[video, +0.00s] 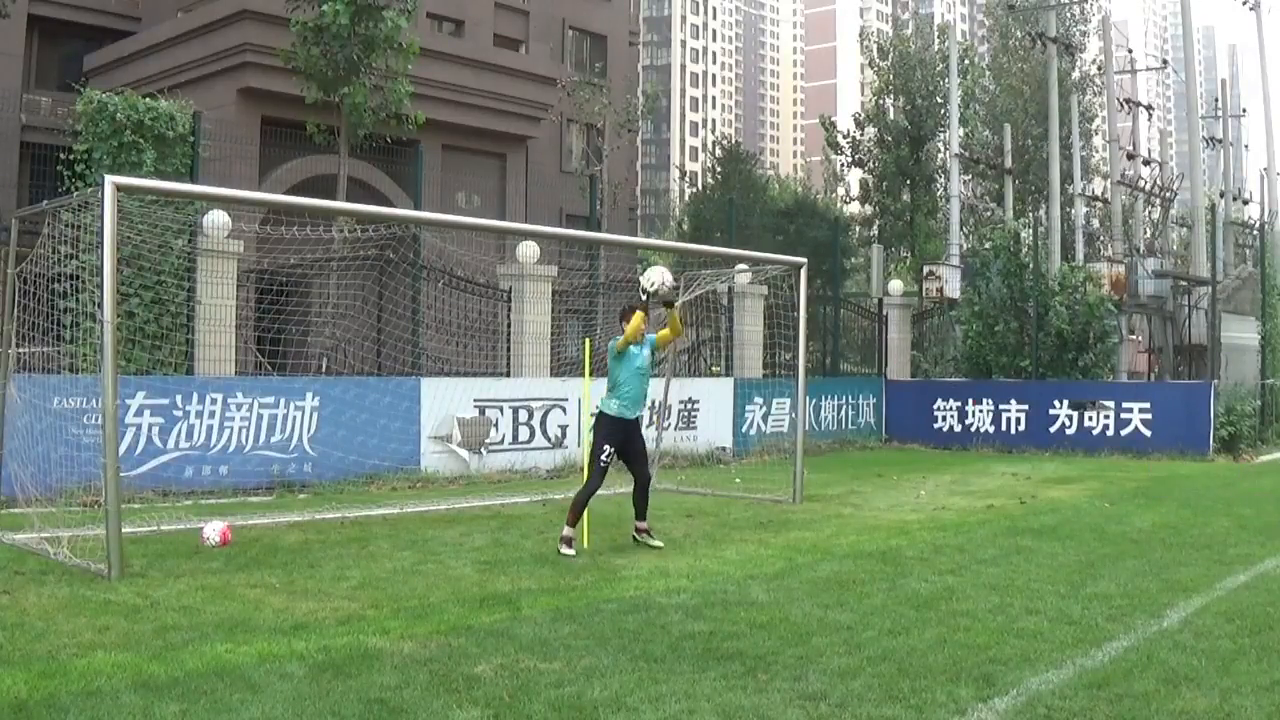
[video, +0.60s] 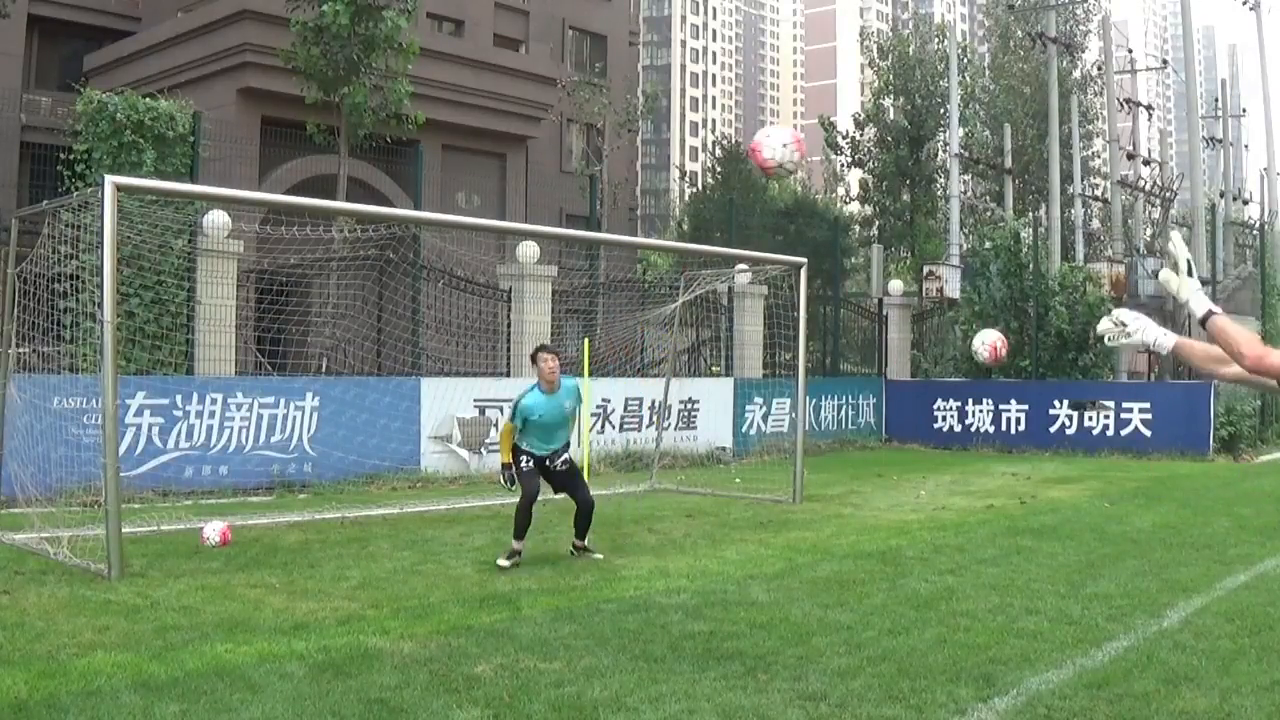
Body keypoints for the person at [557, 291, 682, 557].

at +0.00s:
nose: (641, 324)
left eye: (643, 320)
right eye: (637, 320)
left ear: (644, 323)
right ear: (625, 323)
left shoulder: (648, 343)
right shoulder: (616, 347)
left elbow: (675, 331)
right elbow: (631, 335)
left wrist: (670, 306)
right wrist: (643, 306)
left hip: (632, 423)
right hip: (609, 421)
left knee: (643, 477)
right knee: (594, 482)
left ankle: (641, 529)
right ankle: (567, 533)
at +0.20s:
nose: (629, 350)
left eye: (632, 346)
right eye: (624, 346)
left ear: (635, 349)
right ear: (613, 350)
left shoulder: (639, 366)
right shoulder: (606, 370)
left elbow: (667, 350)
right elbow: (604, 344)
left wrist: (681, 326)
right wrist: (628, 320)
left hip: (630, 443)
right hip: (605, 444)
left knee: (652, 498)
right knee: (603, 495)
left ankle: (647, 536)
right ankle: (575, 536)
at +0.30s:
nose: (622, 354)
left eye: (625, 350)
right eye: (617, 350)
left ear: (628, 353)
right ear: (605, 354)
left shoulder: (634, 374)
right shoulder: (594, 374)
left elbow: (663, 374)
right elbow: (574, 360)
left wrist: (669, 357)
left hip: (625, 450)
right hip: (597, 448)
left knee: (644, 496)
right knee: (600, 496)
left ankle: (646, 537)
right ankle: (592, 543)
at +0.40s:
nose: (609, 349)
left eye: (612, 344)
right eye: (604, 344)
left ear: (614, 346)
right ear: (591, 347)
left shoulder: (616, 369)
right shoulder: (573, 368)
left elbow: (618, 394)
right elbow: (538, 384)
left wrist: (631, 407)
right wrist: (557, 396)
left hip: (597, 443)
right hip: (570, 441)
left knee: (624, 488)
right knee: (584, 494)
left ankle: (626, 528)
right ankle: (577, 534)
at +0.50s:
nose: (596, 357)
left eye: (598, 352)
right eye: (590, 353)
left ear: (602, 355)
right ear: (579, 358)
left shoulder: (603, 380)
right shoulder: (563, 386)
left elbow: (593, 411)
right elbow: (537, 415)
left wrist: (594, 436)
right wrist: (537, 447)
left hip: (580, 442)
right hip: (554, 443)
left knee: (611, 484)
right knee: (569, 487)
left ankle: (591, 532)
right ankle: (558, 532)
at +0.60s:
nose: (551, 365)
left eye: (554, 360)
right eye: (545, 362)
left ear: (559, 365)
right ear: (536, 369)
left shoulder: (573, 389)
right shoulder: (525, 402)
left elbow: (573, 417)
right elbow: (507, 432)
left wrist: (567, 439)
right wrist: (506, 463)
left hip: (558, 453)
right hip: (527, 454)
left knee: (586, 502)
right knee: (530, 493)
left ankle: (579, 546)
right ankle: (516, 549)